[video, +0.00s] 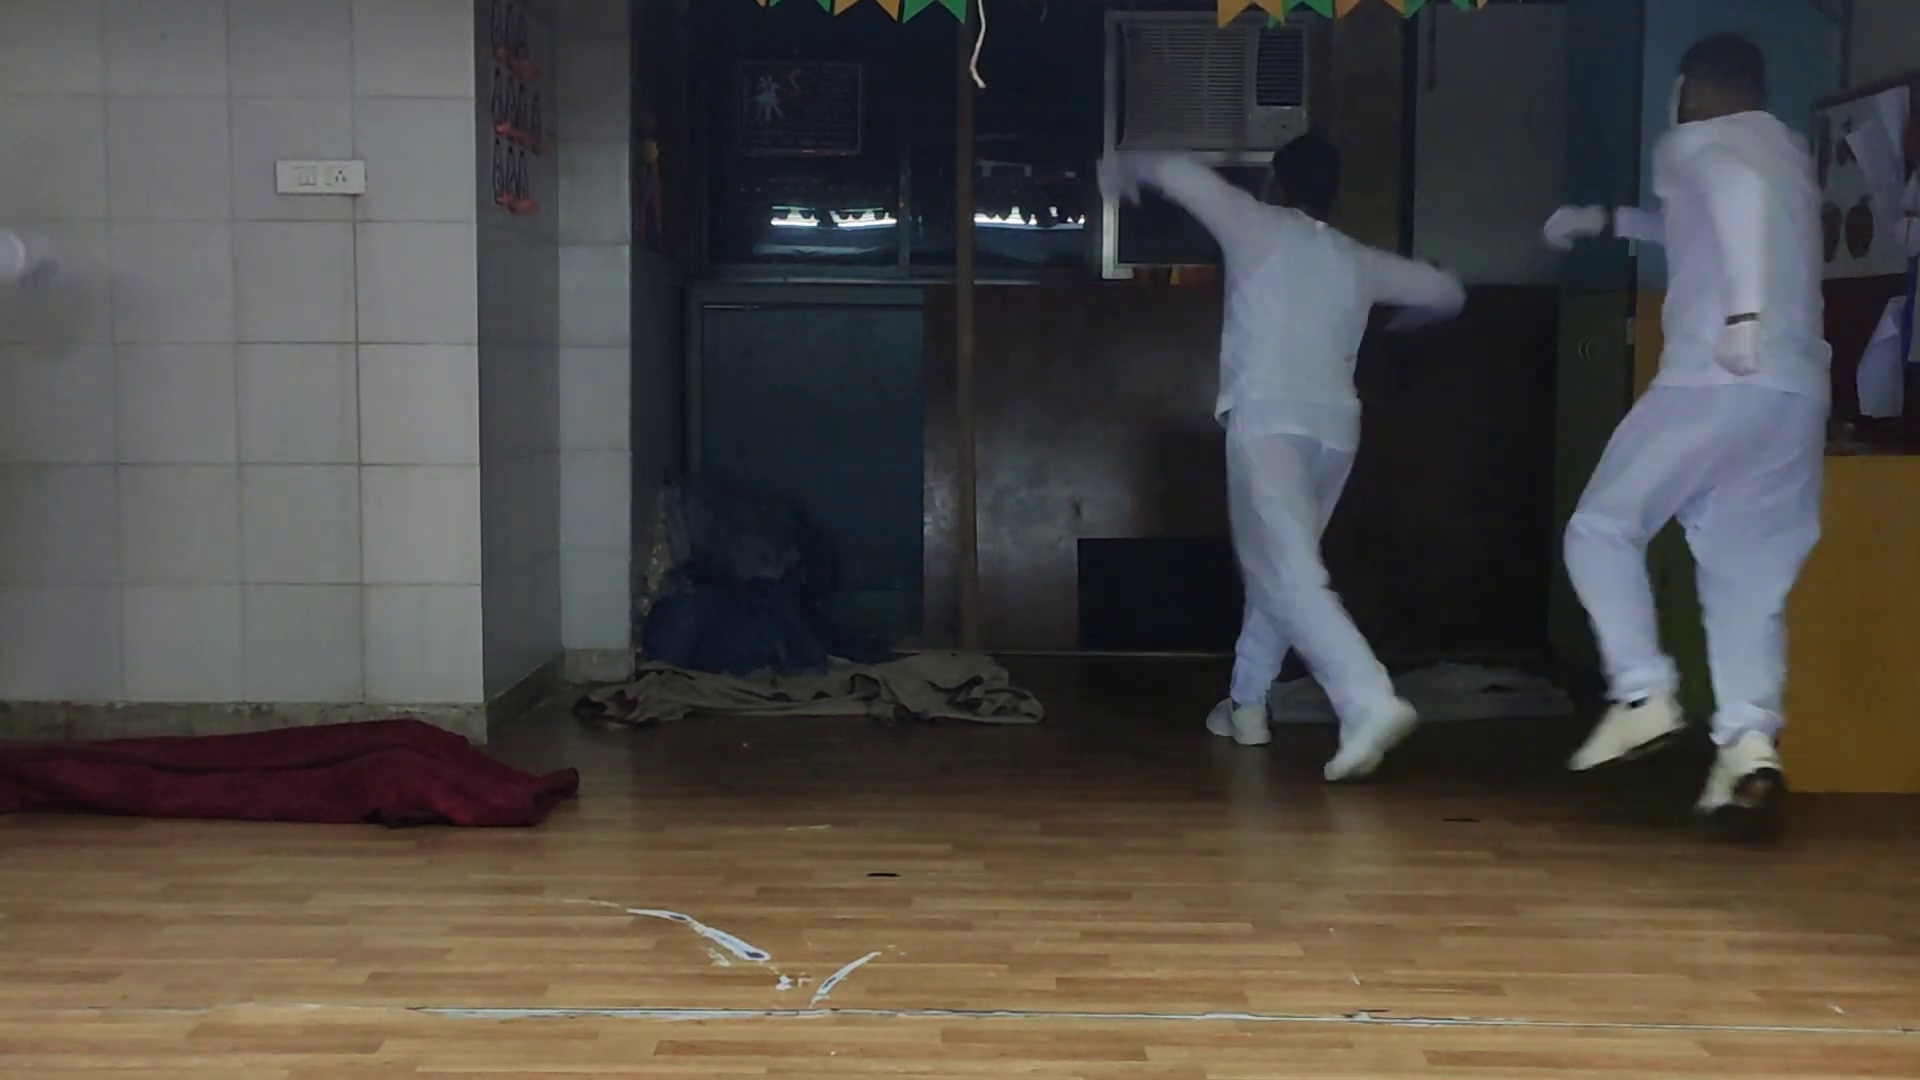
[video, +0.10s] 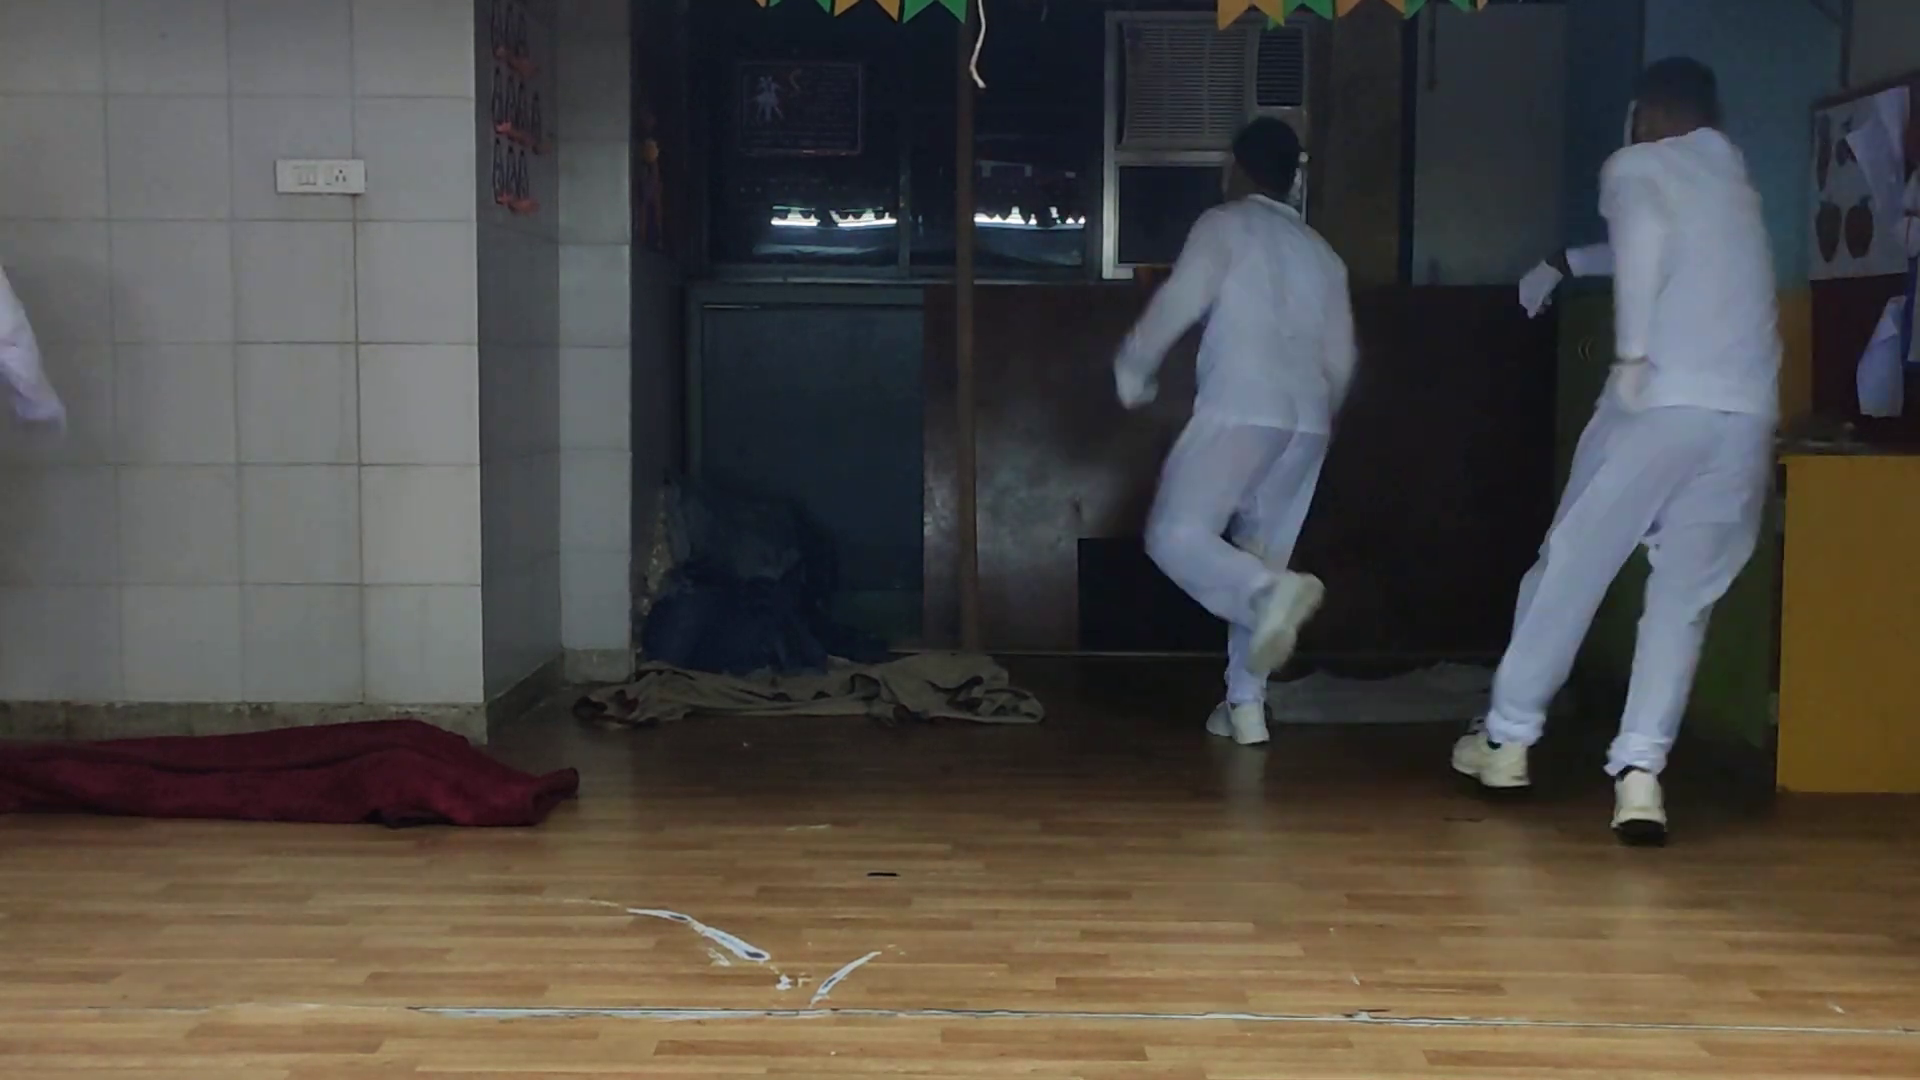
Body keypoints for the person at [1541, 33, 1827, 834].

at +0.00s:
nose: (1677, 105)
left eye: (1680, 91)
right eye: (1681, 93)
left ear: (1695, 88)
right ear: (1755, 92)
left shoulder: (1691, 138)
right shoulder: (1788, 158)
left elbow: (1737, 193)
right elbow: (1697, 233)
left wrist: (1744, 315)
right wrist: (1606, 220)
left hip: (1714, 377)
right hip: (1795, 391)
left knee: (1601, 526)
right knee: (1743, 570)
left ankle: (1640, 696)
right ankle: (1749, 744)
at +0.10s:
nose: (1633, 128)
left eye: (1636, 115)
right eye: (1638, 116)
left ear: (1650, 114)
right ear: (1707, 119)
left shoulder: (1637, 162)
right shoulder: (1734, 184)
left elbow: (1642, 233)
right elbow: (1656, 256)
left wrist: (1632, 354)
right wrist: (1564, 263)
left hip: (1660, 402)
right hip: (1745, 416)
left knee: (1574, 563)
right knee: (1682, 599)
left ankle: (1505, 739)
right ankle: (1641, 774)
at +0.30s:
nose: (1553, 151)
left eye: (1556, 139)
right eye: (1562, 139)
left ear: (1561, 144)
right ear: (1629, 144)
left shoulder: (1534, 213)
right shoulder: (1673, 215)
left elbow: (1495, 332)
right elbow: (1742, 299)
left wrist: (1470, 315)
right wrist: (1705, 392)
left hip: (1556, 419)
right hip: (1644, 426)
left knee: (1505, 575)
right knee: (1627, 561)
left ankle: (1495, 752)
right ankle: (1624, 637)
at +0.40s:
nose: (1544, 137)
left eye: (1546, 125)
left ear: (1546, 127)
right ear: (1615, 131)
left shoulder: (1513, 178)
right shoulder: (1659, 185)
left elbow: (1420, 232)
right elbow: (1759, 197)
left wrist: (1471, 200)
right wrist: (1752, 301)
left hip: (1551, 399)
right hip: (1635, 402)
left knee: (1511, 556)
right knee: (1609, 491)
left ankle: (1520, 716)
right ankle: (1588, 591)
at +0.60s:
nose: (1530, 152)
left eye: (1531, 142)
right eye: (1537, 141)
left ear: (1535, 142)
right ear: (1591, 147)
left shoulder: (1502, 194)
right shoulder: (1631, 212)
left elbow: (1432, 265)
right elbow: (1701, 282)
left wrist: (1483, 235)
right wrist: (1663, 363)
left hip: (1521, 406)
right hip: (1599, 409)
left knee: (1529, 561)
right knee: (1584, 553)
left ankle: (1569, 720)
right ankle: (1591, 688)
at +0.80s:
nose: (1484, 160)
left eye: (1486, 150)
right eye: (1488, 149)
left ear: (1497, 151)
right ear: (1546, 148)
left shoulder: (1482, 210)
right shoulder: (1593, 204)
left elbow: (1457, 297)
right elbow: (1608, 270)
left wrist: (1441, 377)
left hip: (1514, 397)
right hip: (1590, 398)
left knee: (1426, 489)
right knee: (1579, 549)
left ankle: (1498, 584)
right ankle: (1585, 694)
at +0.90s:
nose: (1453, 150)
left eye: (1454, 140)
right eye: (1455, 140)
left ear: (1465, 137)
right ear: (1512, 132)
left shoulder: (1467, 184)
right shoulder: (1551, 173)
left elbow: (1461, 228)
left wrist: (1435, 324)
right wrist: (1412, 185)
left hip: (1502, 376)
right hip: (1572, 379)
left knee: (1416, 456)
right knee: (1569, 519)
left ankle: (1468, 590)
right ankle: (1578, 665)